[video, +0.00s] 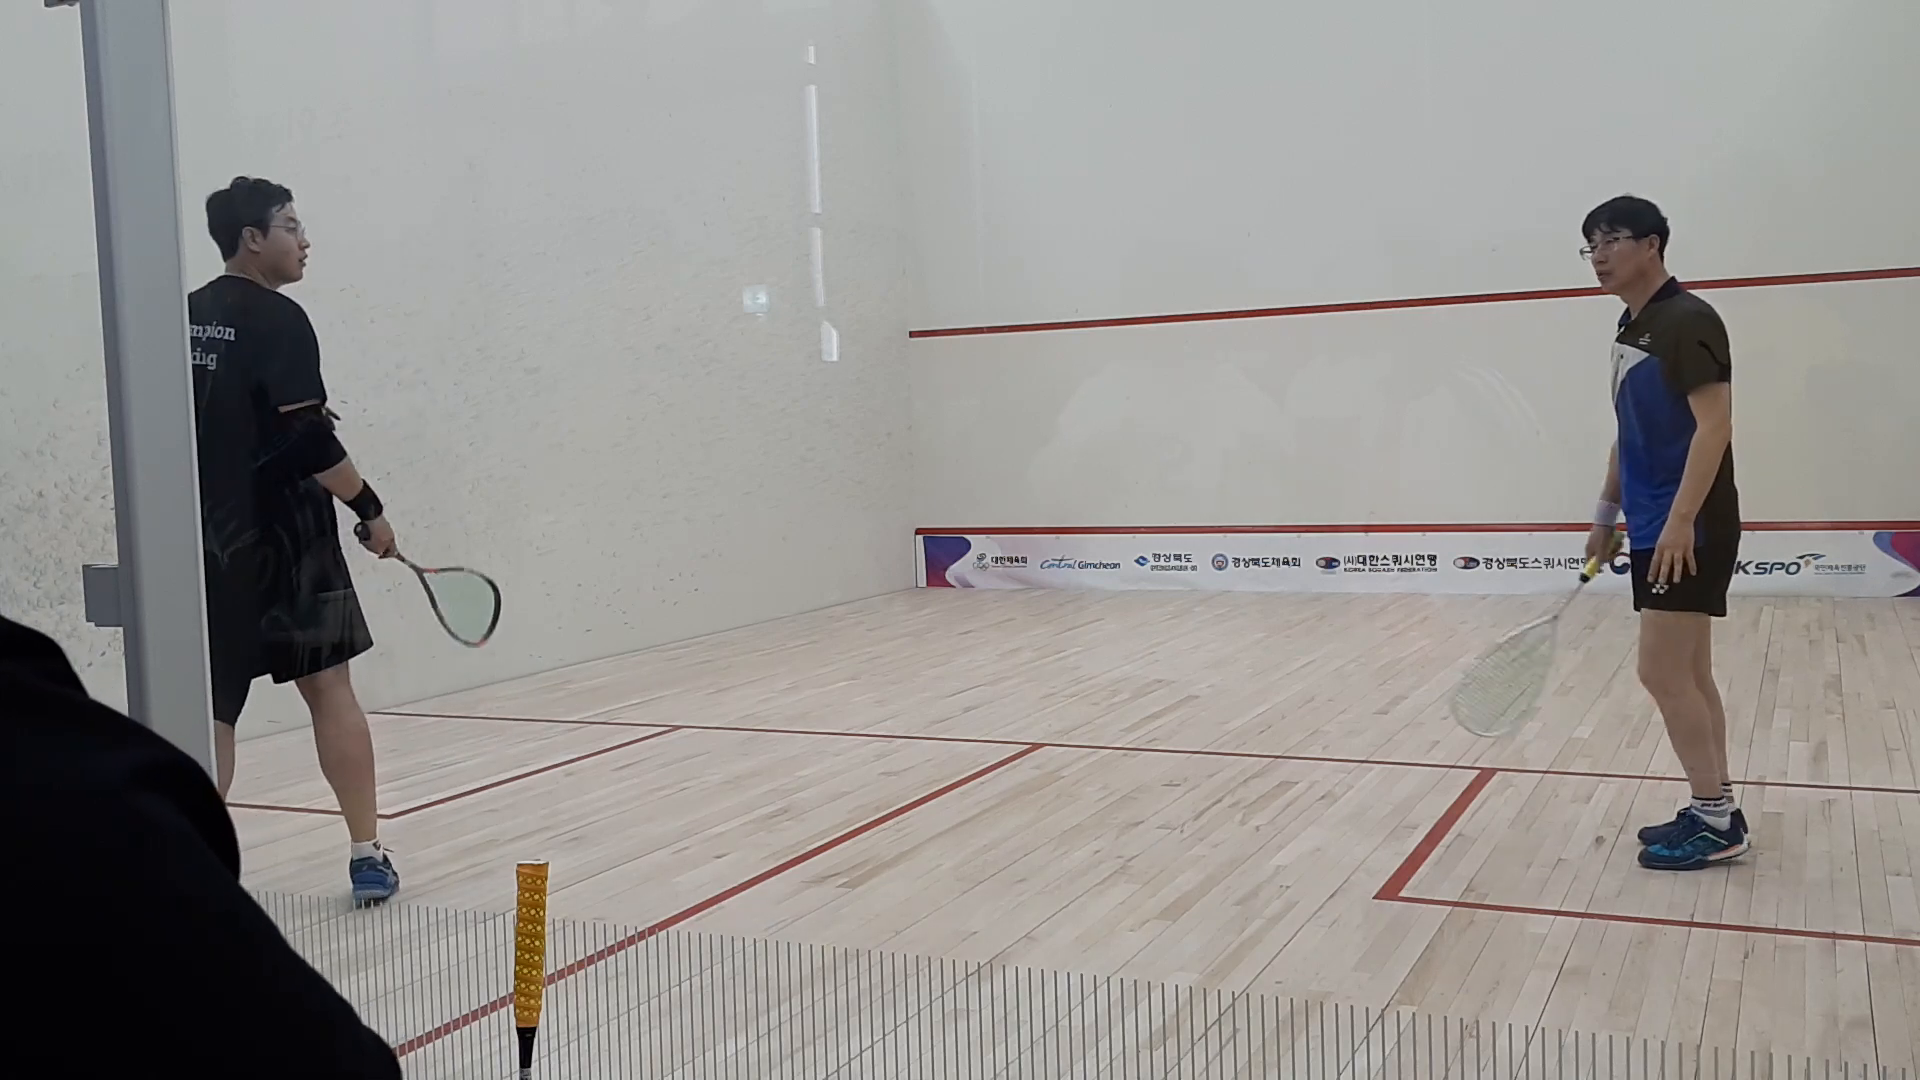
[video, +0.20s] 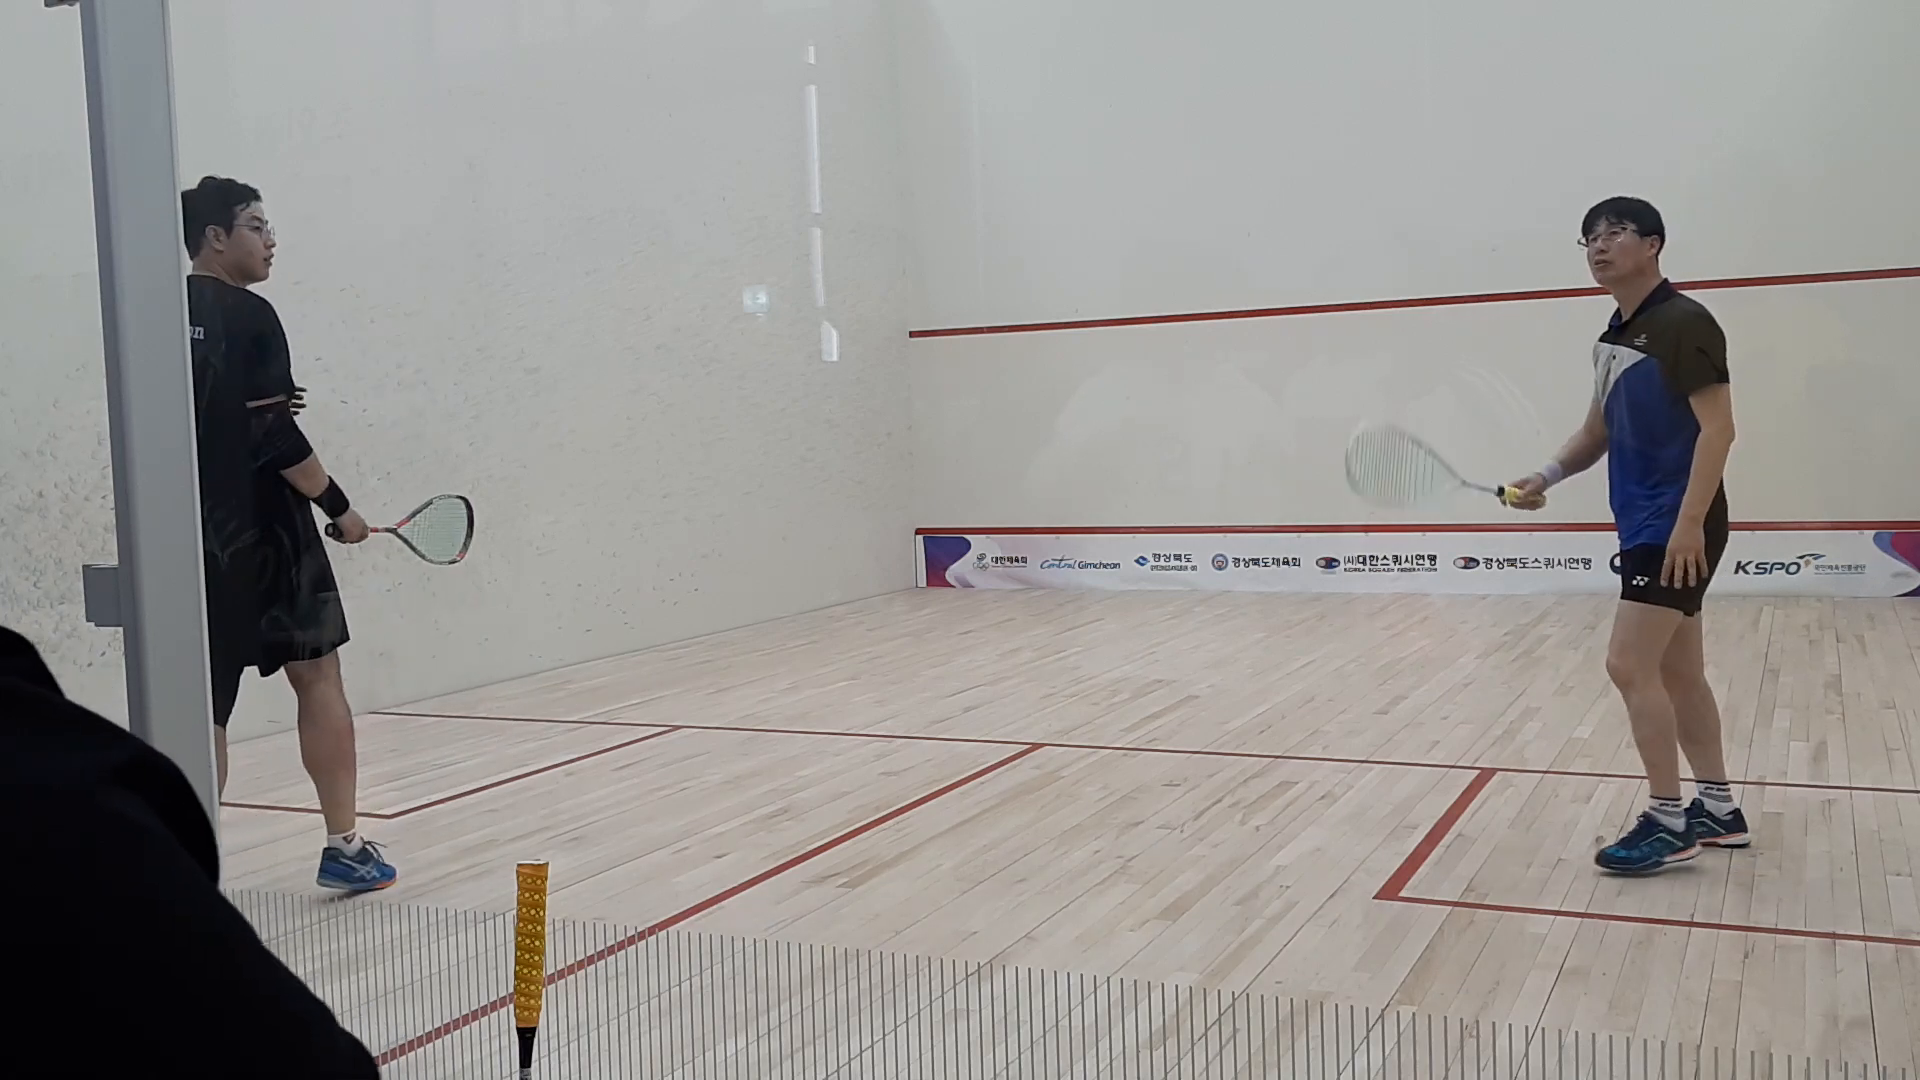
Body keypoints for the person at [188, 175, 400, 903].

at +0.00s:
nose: (305, 242)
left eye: (301, 226)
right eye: (293, 228)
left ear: (240, 242)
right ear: (251, 239)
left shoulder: (180, 313)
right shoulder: (278, 316)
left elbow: (167, 435)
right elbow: (308, 436)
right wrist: (370, 509)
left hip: (204, 549)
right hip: (289, 545)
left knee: (210, 720)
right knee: (332, 695)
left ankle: (199, 874)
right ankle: (368, 854)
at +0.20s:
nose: (272, 241)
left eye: (268, 228)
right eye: (259, 228)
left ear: (209, 239)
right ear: (217, 236)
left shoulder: (161, 308)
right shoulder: (247, 313)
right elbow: (275, 434)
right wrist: (339, 506)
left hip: (193, 540)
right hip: (269, 532)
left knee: (204, 716)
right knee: (318, 680)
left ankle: (189, 865)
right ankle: (344, 844)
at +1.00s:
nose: (316, 271)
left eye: (316, 258)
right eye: (305, 257)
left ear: (255, 265)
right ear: (260, 260)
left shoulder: (190, 320)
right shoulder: (270, 332)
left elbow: (170, 438)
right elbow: (280, 453)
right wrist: (297, 550)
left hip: (177, 543)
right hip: (242, 547)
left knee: (165, 705)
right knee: (269, 696)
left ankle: (152, 868)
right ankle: (304, 849)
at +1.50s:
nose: (249, 273)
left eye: (249, 259)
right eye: (242, 259)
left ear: (187, 257)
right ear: (206, 256)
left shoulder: (113, 323)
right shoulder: (231, 330)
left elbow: (91, 437)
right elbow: (272, 437)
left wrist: (157, 455)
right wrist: (303, 460)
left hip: (143, 549)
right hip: (232, 543)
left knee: (153, 711)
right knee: (282, 690)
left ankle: (152, 869)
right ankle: (319, 843)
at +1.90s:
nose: (306, 265)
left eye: (303, 252)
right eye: (299, 254)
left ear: (236, 260)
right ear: (269, 258)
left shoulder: (169, 312)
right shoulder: (296, 331)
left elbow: (109, 421)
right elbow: (320, 448)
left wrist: (124, 506)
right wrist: (265, 452)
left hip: (168, 542)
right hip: (261, 545)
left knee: (164, 710)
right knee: (290, 699)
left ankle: (151, 868)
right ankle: (322, 854)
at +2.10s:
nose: (310, 265)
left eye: (306, 253)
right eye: (306, 254)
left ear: (237, 260)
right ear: (285, 259)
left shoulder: (178, 313)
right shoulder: (313, 337)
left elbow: (134, 399)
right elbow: (335, 448)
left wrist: (113, 466)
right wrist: (264, 448)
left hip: (185, 544)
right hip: (280, 549)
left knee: (173, 708)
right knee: (297, 697)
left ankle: (156, 869)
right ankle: (322, 853)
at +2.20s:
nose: (306, 268)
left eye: (302, 256)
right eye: (302, 257)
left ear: (230, 262)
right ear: (285, 262)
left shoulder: (183, 315)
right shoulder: (315, 341)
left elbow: (136, 389)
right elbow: (333, 450)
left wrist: (101, 447)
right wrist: (261, 434)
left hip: (187, 541)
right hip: (284, 547)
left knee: (172, 700)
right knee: (299, 694)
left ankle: (155, 857)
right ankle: (323, 855)